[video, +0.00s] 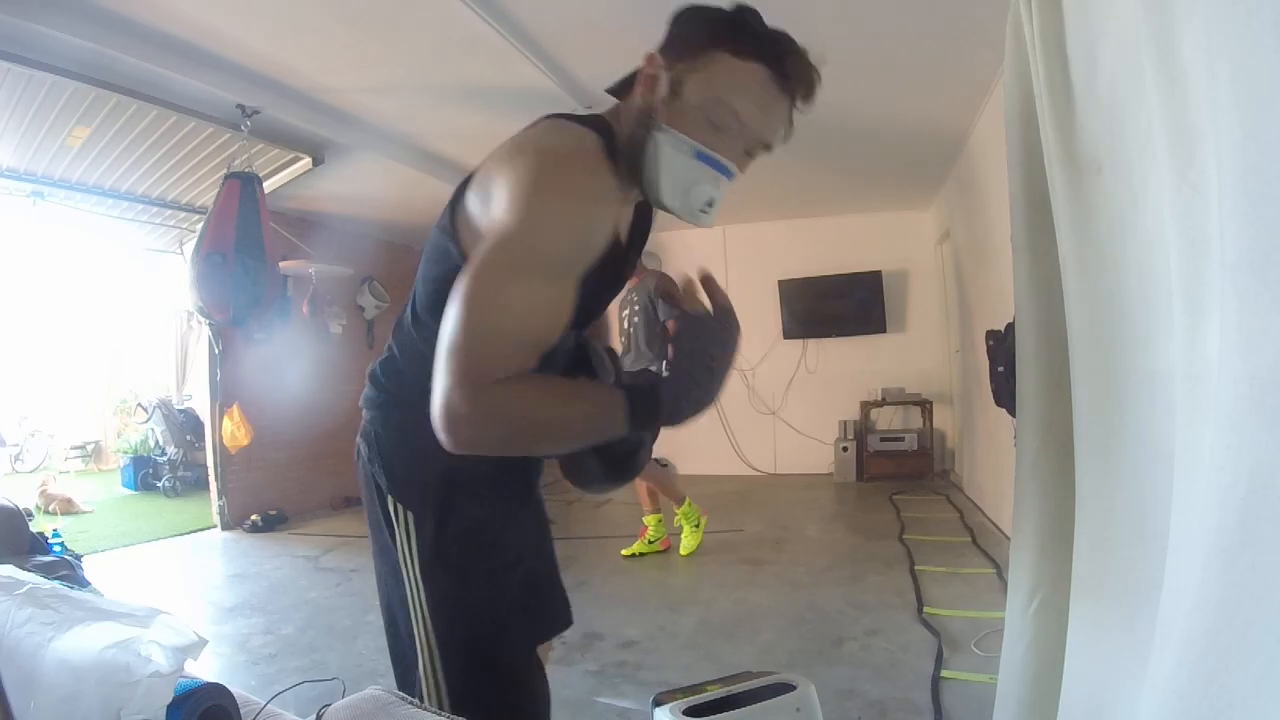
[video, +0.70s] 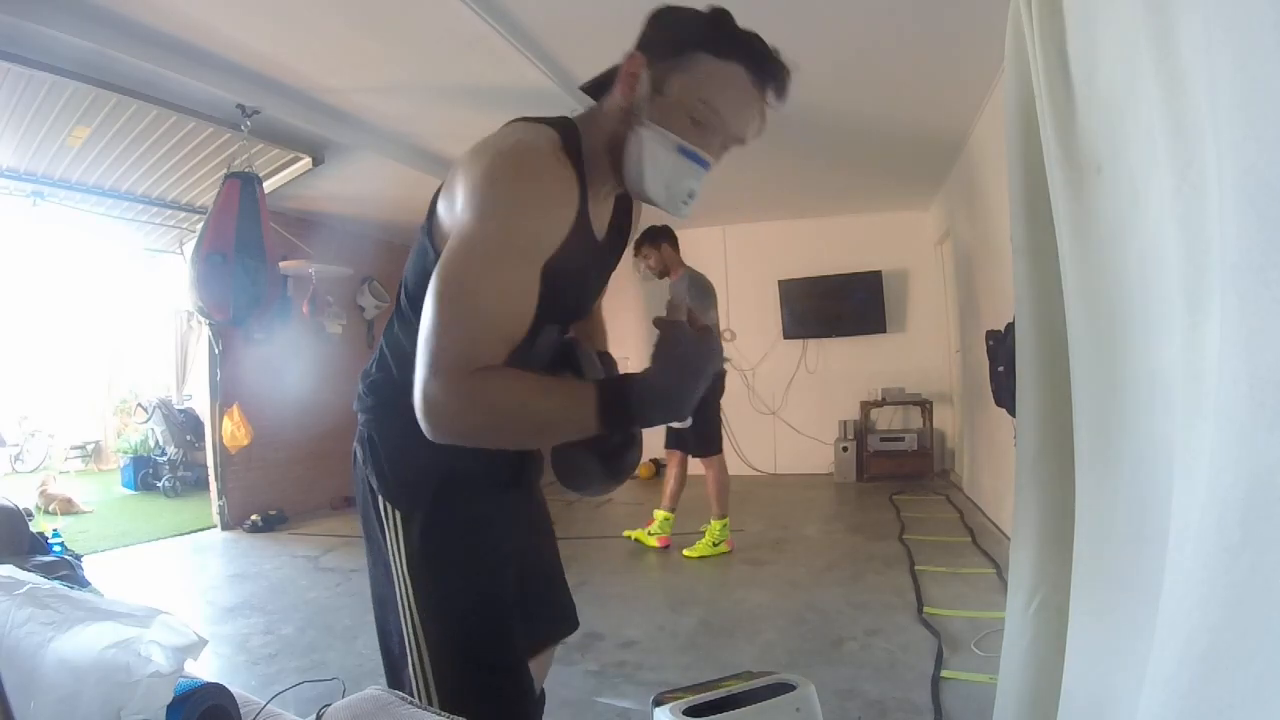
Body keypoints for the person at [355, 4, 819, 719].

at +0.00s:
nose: (726, 164)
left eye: (751, 150)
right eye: (718, 126)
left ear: (764, 154)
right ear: (651, 79)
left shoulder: (627, 184)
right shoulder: (559, 176)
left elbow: (565, 339)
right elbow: (466, 415)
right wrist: (655, 400)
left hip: (499, 449)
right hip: (436, 459)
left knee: (526, 645)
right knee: (494, 701)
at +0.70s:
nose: (703, 161)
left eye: (725, 146)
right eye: (696, 124)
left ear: (738, 147)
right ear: (630, 80)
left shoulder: (618, 196)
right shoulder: (521, 169)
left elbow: (581, 311)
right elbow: (447, 404)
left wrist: (604, 414)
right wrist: (644, 397)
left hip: (502, 441)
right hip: (425, 449)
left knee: (537, 639)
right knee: (487, 699)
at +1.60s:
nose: (622, 102)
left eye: (667, 80)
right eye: (600, 53)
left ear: (707, 84)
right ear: (553, 34)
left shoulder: (656, 194)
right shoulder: (453, 171)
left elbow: (640, 302)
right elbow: (368, 421)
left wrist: (641, 385)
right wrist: (547, 472)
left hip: (535, 456)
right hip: (431, 469)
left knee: (529, 678)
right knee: (472, 703)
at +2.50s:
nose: (672, 105)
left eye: (707, 78)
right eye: (646, 58)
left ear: (728, 73)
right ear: (560, 28)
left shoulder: (669, 187)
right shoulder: (442, 165)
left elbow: (659, 300)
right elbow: (367, 405)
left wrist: (660, 407)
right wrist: (435, 437)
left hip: (545, 458)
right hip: (434, 471)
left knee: (527, 683)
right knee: (468, 704)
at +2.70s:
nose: (713, 120)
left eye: (736, 87)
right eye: (689, 77)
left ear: (751, 73)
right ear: (584, 40)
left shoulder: (664, 188)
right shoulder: (446, 161)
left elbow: (653, 301)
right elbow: (391, 453)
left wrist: (654, 415)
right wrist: (454, 359)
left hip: (537, 450)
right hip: (431, 459)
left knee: (522, 688)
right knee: (469, 705)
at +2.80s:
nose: (703, 120)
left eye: (728, 89)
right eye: (681, 79)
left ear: (747, 71)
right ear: (577, 38)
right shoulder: (449, 160)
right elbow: (384, 444)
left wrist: (625, 456)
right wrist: (551, 368)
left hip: (533, 473)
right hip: (431, 483)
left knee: (519, 686)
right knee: (464, 704)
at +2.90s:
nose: (687, 115)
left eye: (716, 85)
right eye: (662, 73)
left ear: (738, 63)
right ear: (566, 32)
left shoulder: (656, 183)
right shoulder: (450, 154)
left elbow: (646, 303)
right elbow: (389, 428)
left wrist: (652, 400)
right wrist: (653, 425)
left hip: (528, 450)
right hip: (429, 460)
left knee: (519, 680)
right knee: (461, 701)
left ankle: (517, 705)